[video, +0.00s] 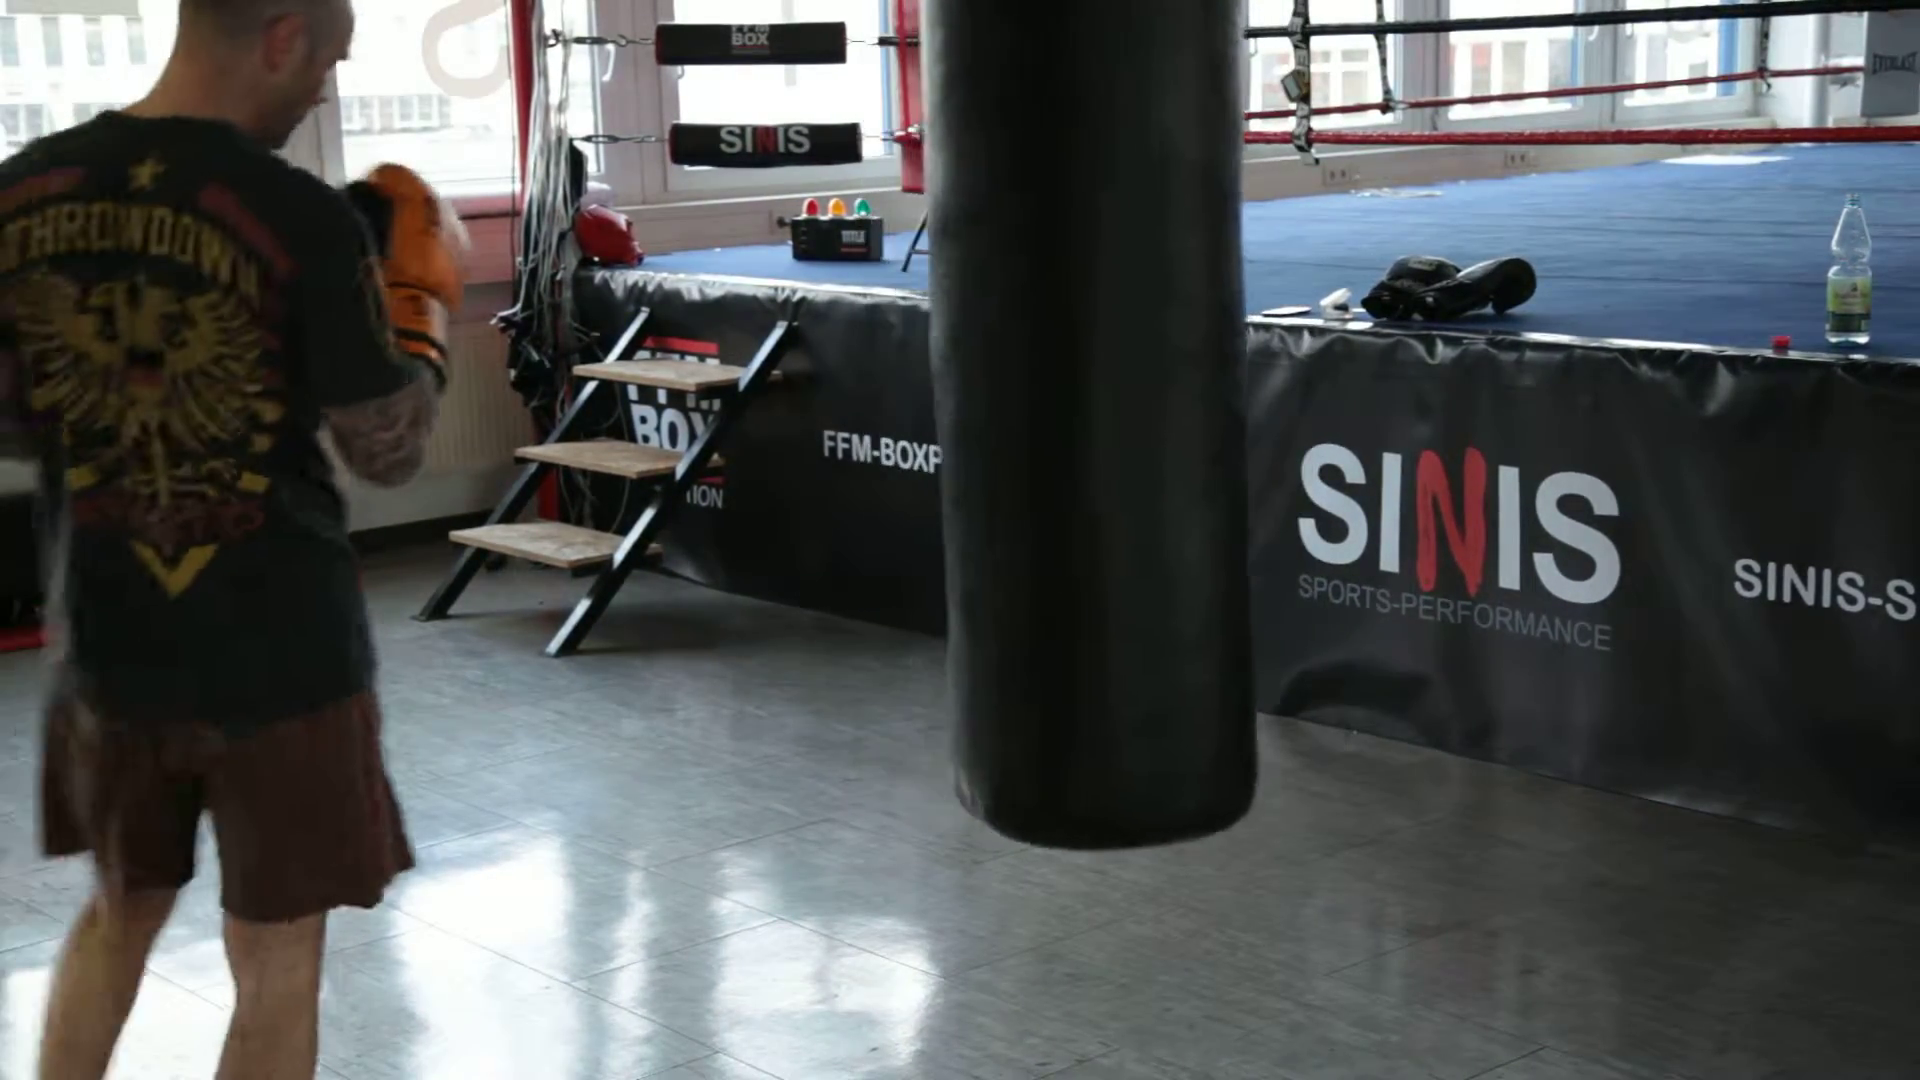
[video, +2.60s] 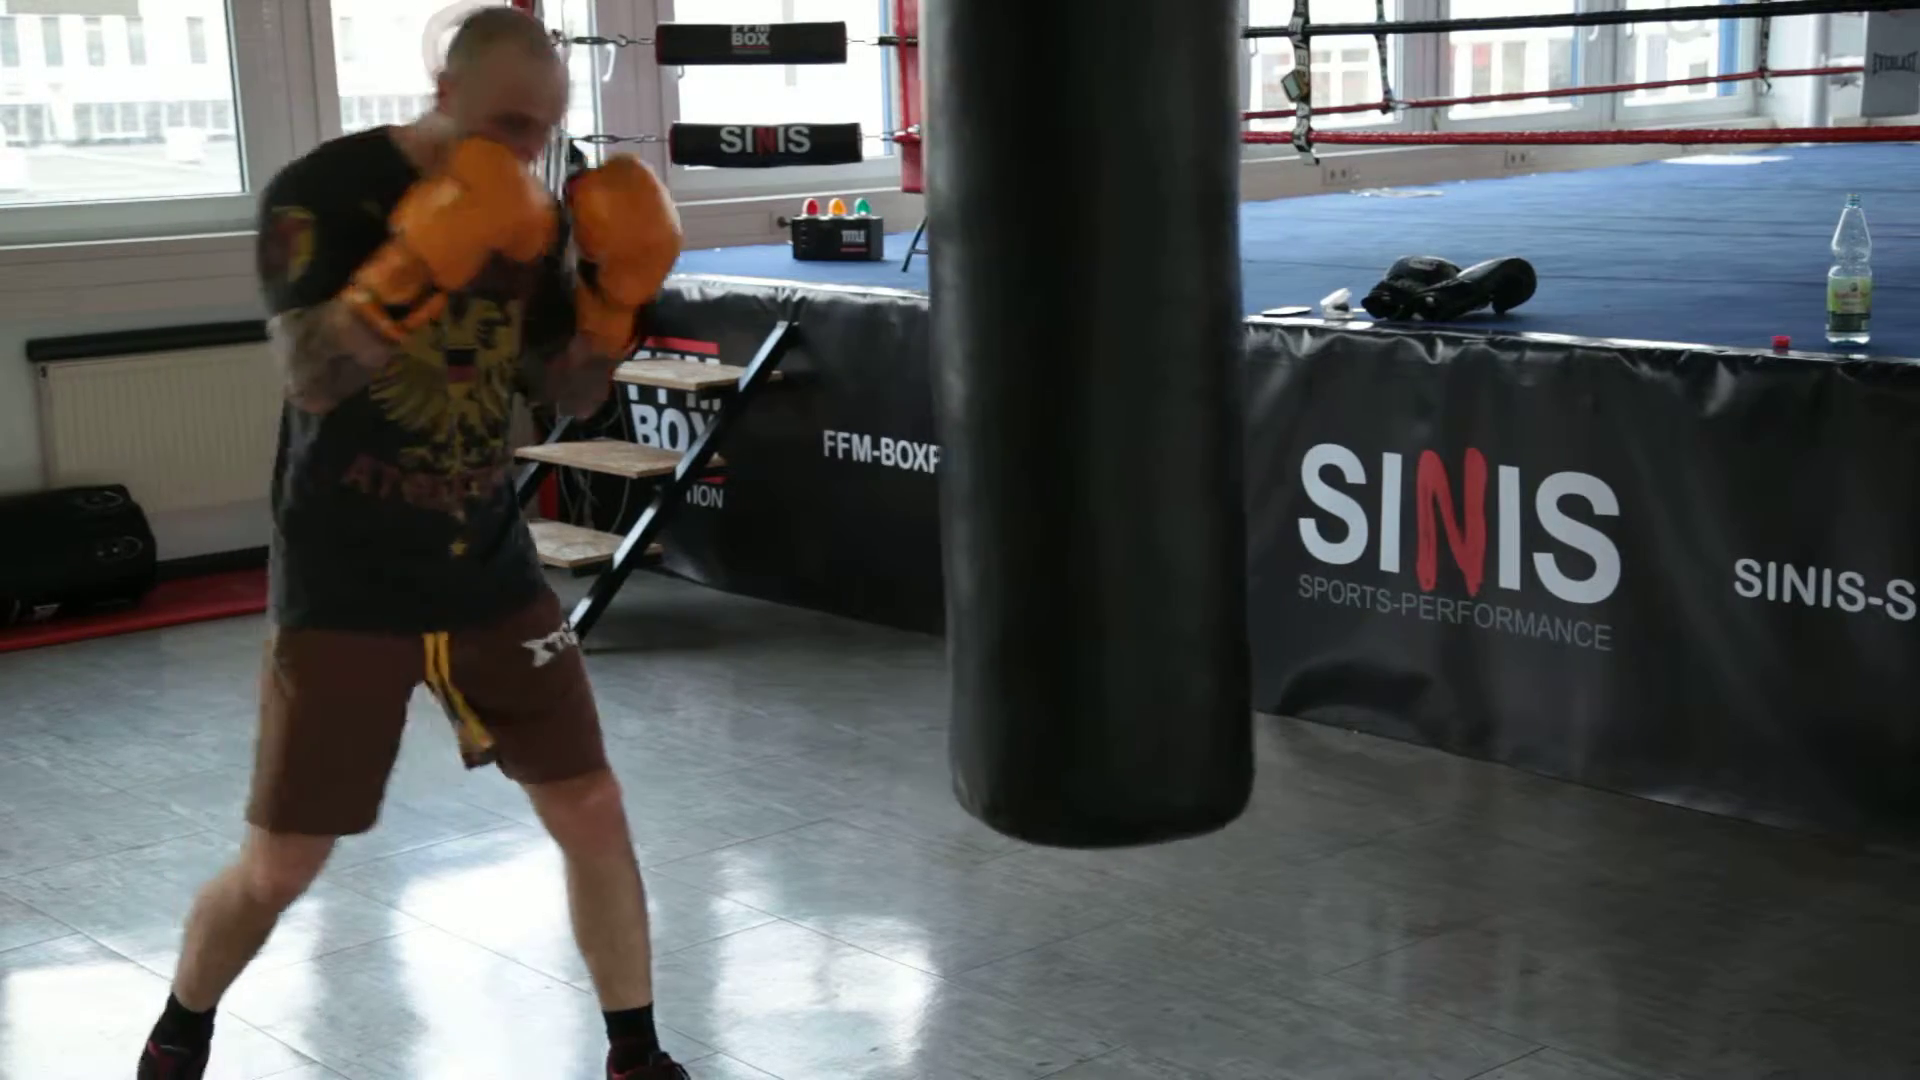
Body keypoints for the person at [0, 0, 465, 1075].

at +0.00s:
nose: (328, 94)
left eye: (337, 67)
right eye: (333, 62)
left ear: (191, 30)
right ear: (281, 38)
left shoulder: (23, 186)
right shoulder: (299, 216)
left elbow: (24, 414)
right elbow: (388, 446)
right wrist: (433, 297)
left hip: (108, 630)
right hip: (273, 639)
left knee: (120, 900)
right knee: (276, 966)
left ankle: (60, 1078)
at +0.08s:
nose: (346, 88)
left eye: (354, 64)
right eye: (349, 59)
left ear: (222, 30)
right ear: (293, 36)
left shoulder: (47, 194)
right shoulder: (304, 214)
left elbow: (19, 405)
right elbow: (396, 440)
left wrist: (150, 409)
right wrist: (455, 313)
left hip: (140, 628)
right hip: (295, 635)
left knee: (171, 878)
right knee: (291, 969)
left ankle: (114, 1072)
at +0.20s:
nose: (385, 75)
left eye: (390, 49)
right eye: (381, 46)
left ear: (264, 30)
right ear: (310, 32)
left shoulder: (103, 183)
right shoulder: (304, 203)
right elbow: (373, 436)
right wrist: (461, 322)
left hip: (184, 624)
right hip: (313, 634)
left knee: (239, 889)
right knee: (300, 976)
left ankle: (264, 1067)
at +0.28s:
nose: (409, 77)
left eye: (412, 50)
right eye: (401, 47)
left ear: (300, 31)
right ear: (325, 33)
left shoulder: (141, 182)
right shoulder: (302, 202)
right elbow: (349, 429)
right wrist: (460, 338)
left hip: (217, 614)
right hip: (326, 629)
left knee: (295, 869)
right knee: (312, 965)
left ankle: (348, 1039)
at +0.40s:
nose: (441, 81)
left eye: (444, 56)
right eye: (424, 56)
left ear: (340, 46)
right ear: (339, 44)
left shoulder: (247, 172)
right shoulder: (284, 190)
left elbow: (321, 385)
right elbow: (308, 425)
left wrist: (452, 342)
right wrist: (455, 355)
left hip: (321, 593)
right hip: (337, 612)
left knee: (391, 834)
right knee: (335, 919)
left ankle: (461, 1029)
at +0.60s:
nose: (474, 96)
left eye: (480, 71)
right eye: (449, 76)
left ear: (482, 53)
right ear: (364, 61)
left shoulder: (432, 195)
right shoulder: (291, 208)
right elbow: (256, 424)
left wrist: (536, 385)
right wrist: (413, 372)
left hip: (455, 577)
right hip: (366, 600)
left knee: (531, 802)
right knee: (374, 890)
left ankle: (481, 1046)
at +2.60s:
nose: (519, 155)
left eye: (538, 134)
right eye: (503, 128)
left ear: (550, 123)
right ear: (440, 93)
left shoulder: (537, 218)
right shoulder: (320, 195)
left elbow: (561, 398)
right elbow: (311, 378)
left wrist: (618, 296)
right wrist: (418, 263)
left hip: (490, 561)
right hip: (345, 569)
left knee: (592, 812)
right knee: (283, 862)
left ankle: (637, 1057)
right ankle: (178, 1041)